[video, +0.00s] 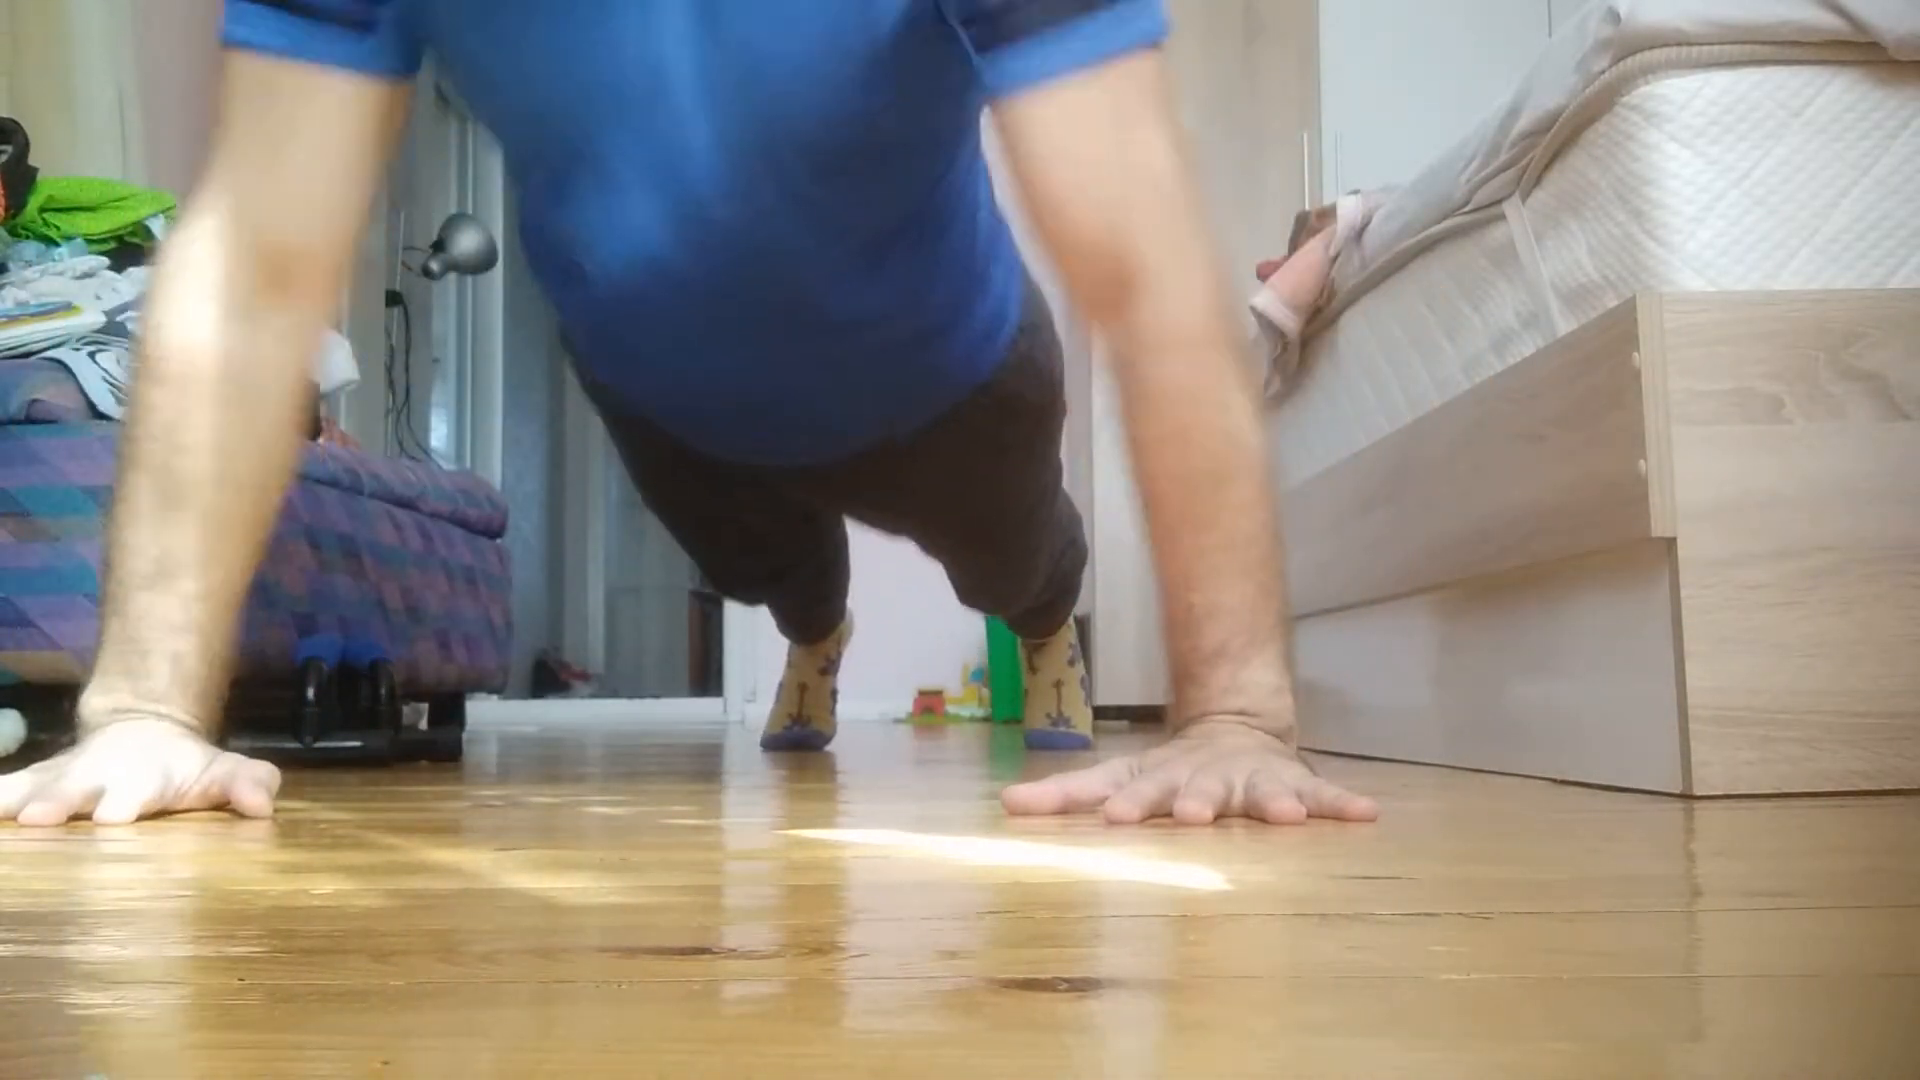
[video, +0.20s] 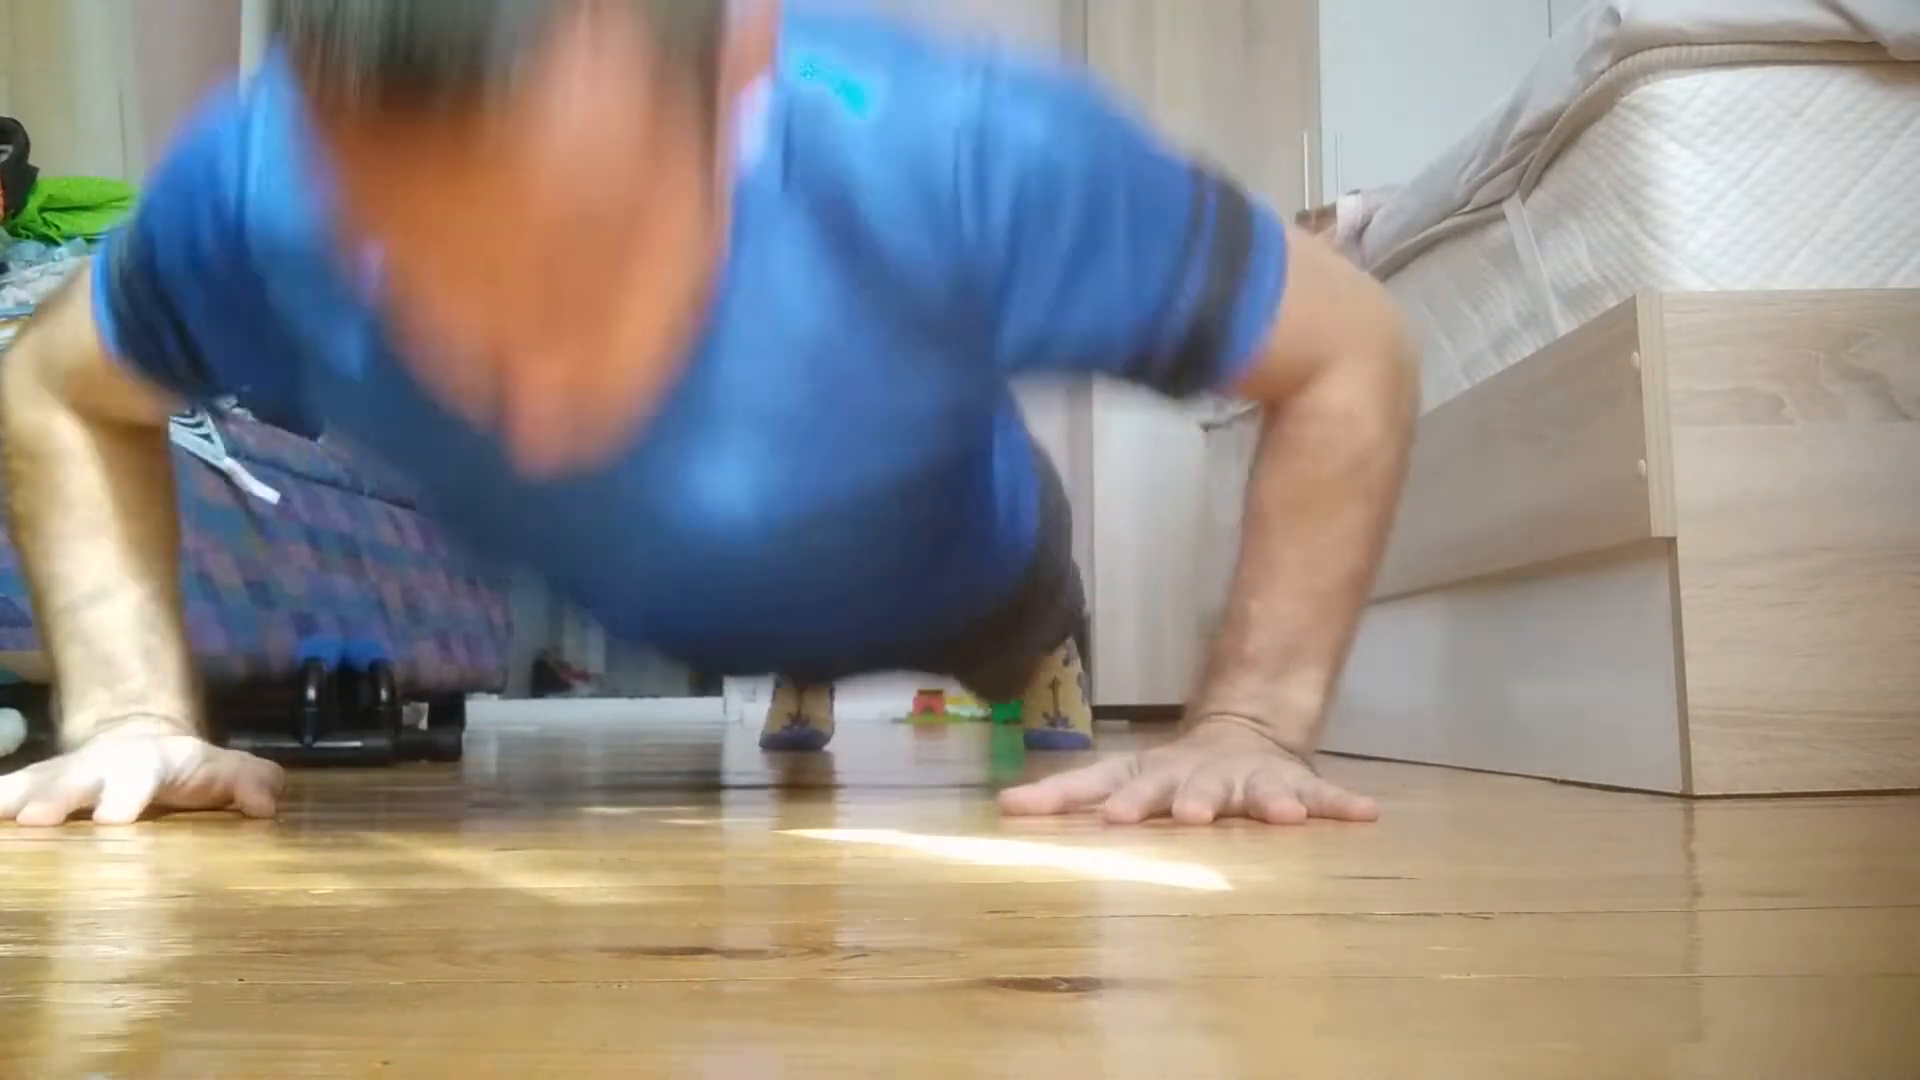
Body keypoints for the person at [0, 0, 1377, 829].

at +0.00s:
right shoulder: (371, 2)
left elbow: (1152, 277)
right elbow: (254, 271)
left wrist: (1240, 705)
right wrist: (148, 710)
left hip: (930, 377)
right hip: (672, 412)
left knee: (1011, 557)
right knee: (775, 563)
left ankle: (1023, 617)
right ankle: (816, 635)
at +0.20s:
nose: (505, 357)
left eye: (570, 270)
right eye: (437, 278)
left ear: (729, 85)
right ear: (337, 170)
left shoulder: (936, 166)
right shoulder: (254, 205)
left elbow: (1349, 350)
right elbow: (72, 395)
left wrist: (1247, 719)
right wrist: (137, 715)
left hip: (959, 591)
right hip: (693, 615)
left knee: (1017, 654)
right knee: (780, 657)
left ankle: (1016, 677)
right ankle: (797, 688)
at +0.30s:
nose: (495, 704)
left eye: (556, 612)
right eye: (417, 635)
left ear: (721, 392)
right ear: (306, 487)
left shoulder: (952, 375)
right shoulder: (267, 377)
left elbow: (1354, 353)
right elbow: (48, 374)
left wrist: (1255, 719)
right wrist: (133, 714)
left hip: (962, 699)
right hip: (655, 730)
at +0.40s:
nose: (509, 791)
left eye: (571, 692)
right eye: (419, 714)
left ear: (731, 492)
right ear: (288, 542)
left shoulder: (953, 437)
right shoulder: (246, 410)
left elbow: (1363, 348)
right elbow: (24, 357)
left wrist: (1253, 719)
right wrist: (125, 716)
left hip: (927, 715)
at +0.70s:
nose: (522, 230)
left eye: (580, 133)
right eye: (453, 153)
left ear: (742, 28)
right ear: (366, 84)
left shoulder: (974, 99)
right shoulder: (305, 124)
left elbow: (1375, 346)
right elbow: (67, 381)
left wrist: (1264, 718)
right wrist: (135, 717)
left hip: (945, 481)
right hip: (706, 516)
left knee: (1016, 598)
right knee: (791, 604)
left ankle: (1031, 636)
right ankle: (818, 652)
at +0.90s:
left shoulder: (1010, 18)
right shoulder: (344, 19)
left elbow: (1191, 289)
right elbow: (226, 298)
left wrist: (1248, 710)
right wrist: (148, 710)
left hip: (945, 357)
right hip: (686, 390)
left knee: (1013, 549)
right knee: (784, 555)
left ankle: (1022, 624)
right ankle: (820, 643)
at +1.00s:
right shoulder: (381, 2)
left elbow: (1102, 266)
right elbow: (284, 269)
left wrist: (1236, 700)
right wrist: (154, 708)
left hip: (941, 360)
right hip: (683, 378)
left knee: (1013, 549)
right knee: (778, 550)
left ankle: (1015, 622)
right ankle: (817, 642)